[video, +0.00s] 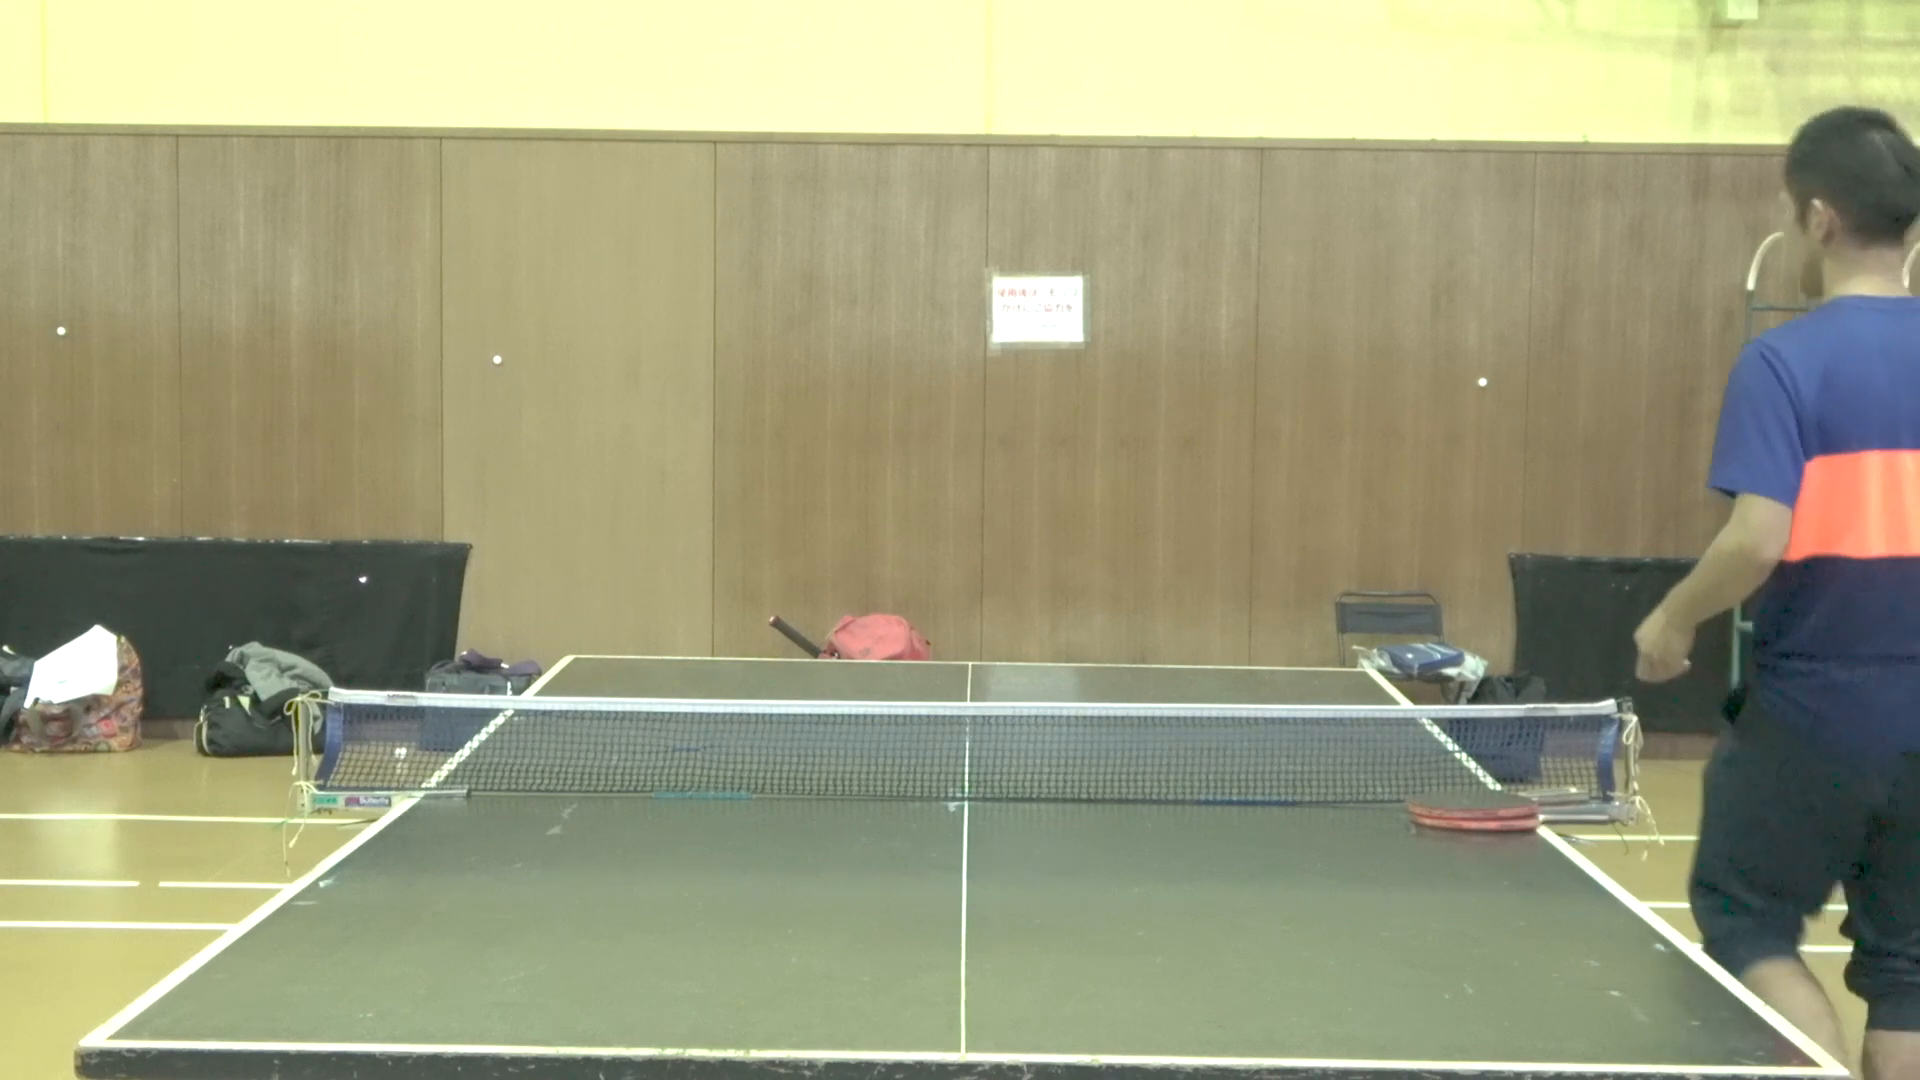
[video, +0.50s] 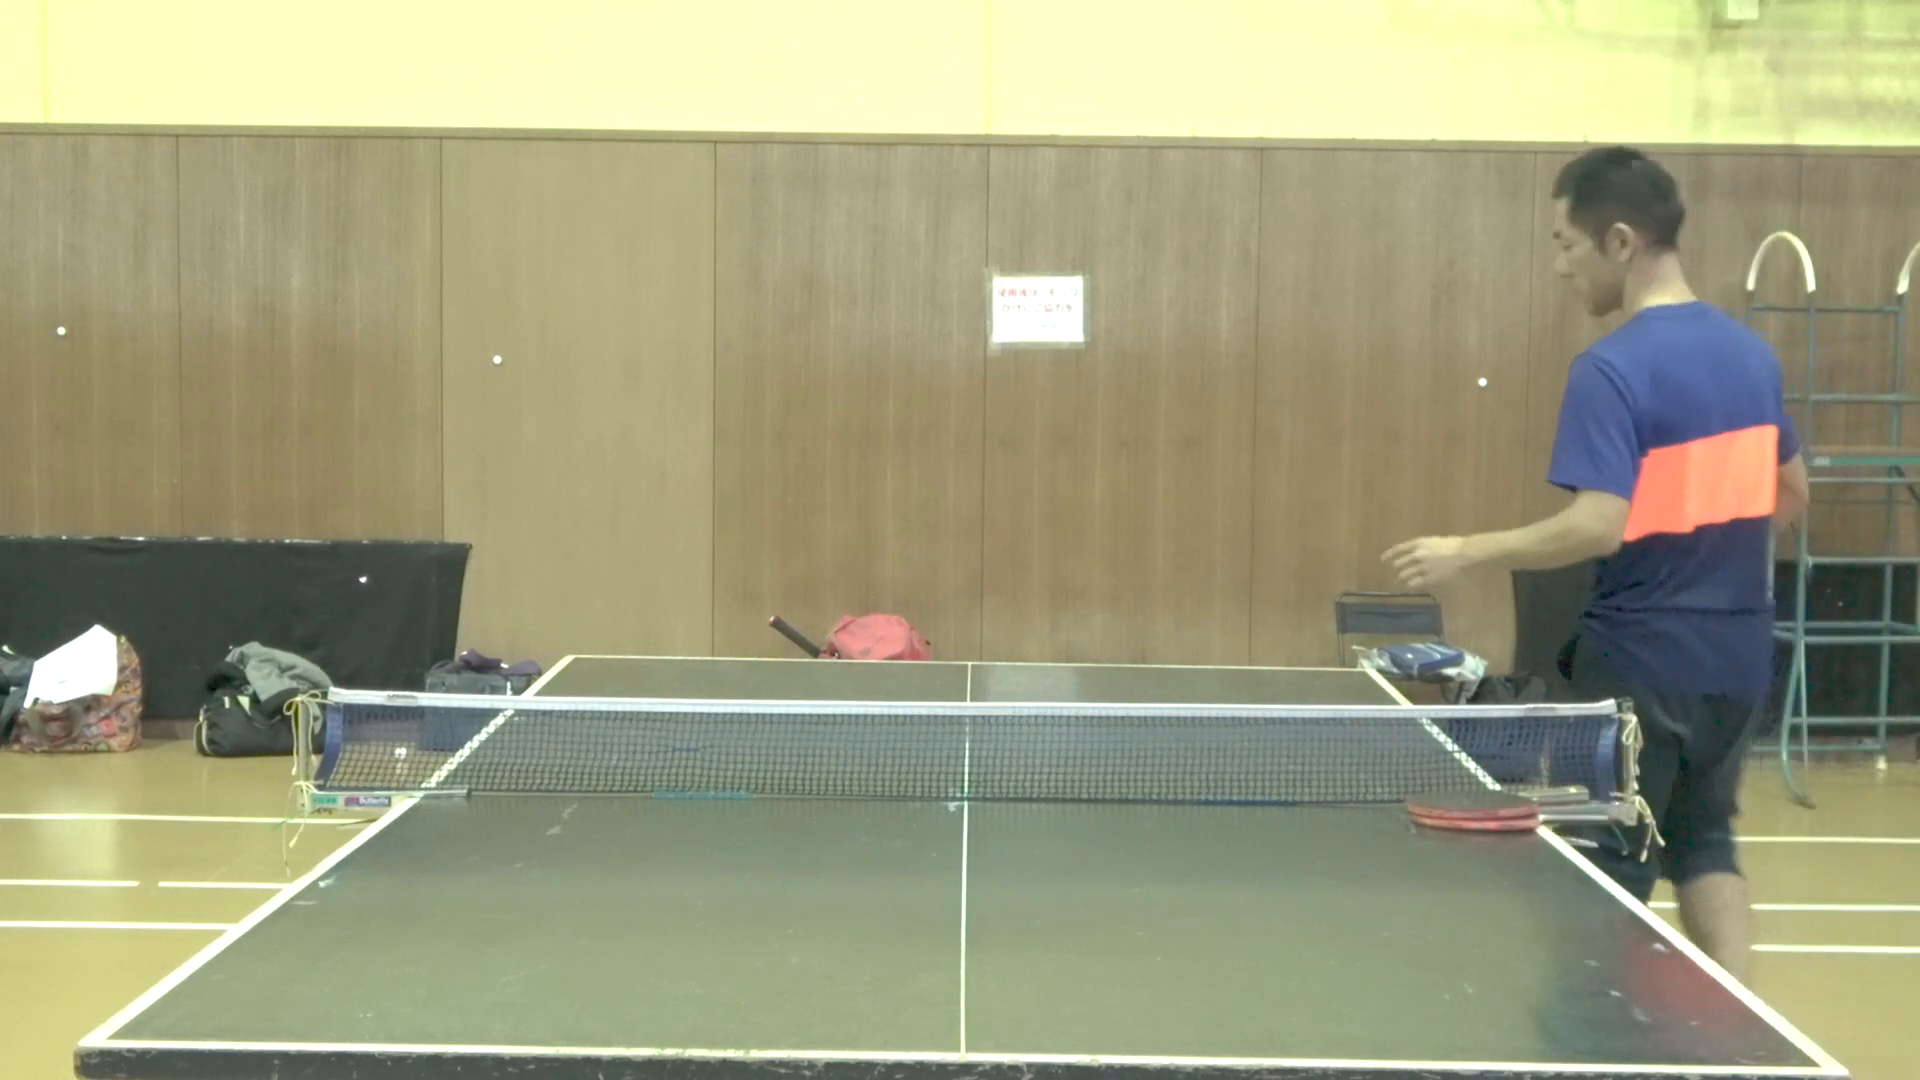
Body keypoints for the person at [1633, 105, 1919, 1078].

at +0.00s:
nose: (1791, 224)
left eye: (1794, 206)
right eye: (1791, 205)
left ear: (1823, 218)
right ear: (1905, 214)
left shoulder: (1787, 358)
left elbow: (1759, 534)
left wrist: (1674, 617)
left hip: (1826, 709)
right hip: (1917, 713)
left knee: (1743, 918)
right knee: (1903, 962)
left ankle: (1840, 1072)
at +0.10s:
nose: (1752, 224)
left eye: (1755, 204)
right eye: (1752, 204)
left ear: (1788, 210)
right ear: (1871, 208)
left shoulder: (1759, 350)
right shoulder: (1912, 337)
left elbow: (1746, 520)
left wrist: (1646, 597)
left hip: (1789, 690)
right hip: (1907, 695)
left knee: (1708, 884)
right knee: (1895, 951)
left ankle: (1781, 1076)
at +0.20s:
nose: (1698, 242)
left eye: (1706, 221)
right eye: (1702, 221)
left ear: (1748, 228)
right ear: (1813, 228)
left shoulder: (1726, 366)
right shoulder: (1895, 364)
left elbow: (1721, 529)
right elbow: (1900, 533)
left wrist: (1604, 596)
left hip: (1751, 700)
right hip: (1881, 701)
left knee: (1689, 934)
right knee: (1877, 949)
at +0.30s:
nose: (1646, 258)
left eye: (1657, 237)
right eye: (1650, 237)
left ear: (1702, 243)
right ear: (1753, 243)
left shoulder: (1680, 380)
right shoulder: (1835, 371)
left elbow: (1674, 544)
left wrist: (1543, 591)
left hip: (1707, 695)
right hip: (1829, 693)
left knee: (1651, 923)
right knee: (1836, 922)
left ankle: (1632, 1076)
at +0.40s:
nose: (1600, 268)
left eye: (1608, 246)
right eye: (1600, 247)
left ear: (1656, 248)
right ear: (1694, 246)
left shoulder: (1641, 381)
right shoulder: (1790, 369)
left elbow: (1631, 540)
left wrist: (1497, 571)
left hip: (1666, 676)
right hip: (1777, 677)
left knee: (1610, 890)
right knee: (1767, 881)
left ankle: (1597, 1055)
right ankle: (1807, 1058)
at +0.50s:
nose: (1560, 264)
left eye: (1568, 241)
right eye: (1558, 242)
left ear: (1624, 240)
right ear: (1640, 238)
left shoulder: (1612, 365)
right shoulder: (1747, 348)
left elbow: (1596, 524)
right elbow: (1789, 491)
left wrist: (1467, 553)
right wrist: (1714, 547)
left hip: (1642, 656)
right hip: (1739, 652)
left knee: (1605, 862)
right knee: (1704, 838)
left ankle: (1604, 1051)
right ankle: (1732, 1037)